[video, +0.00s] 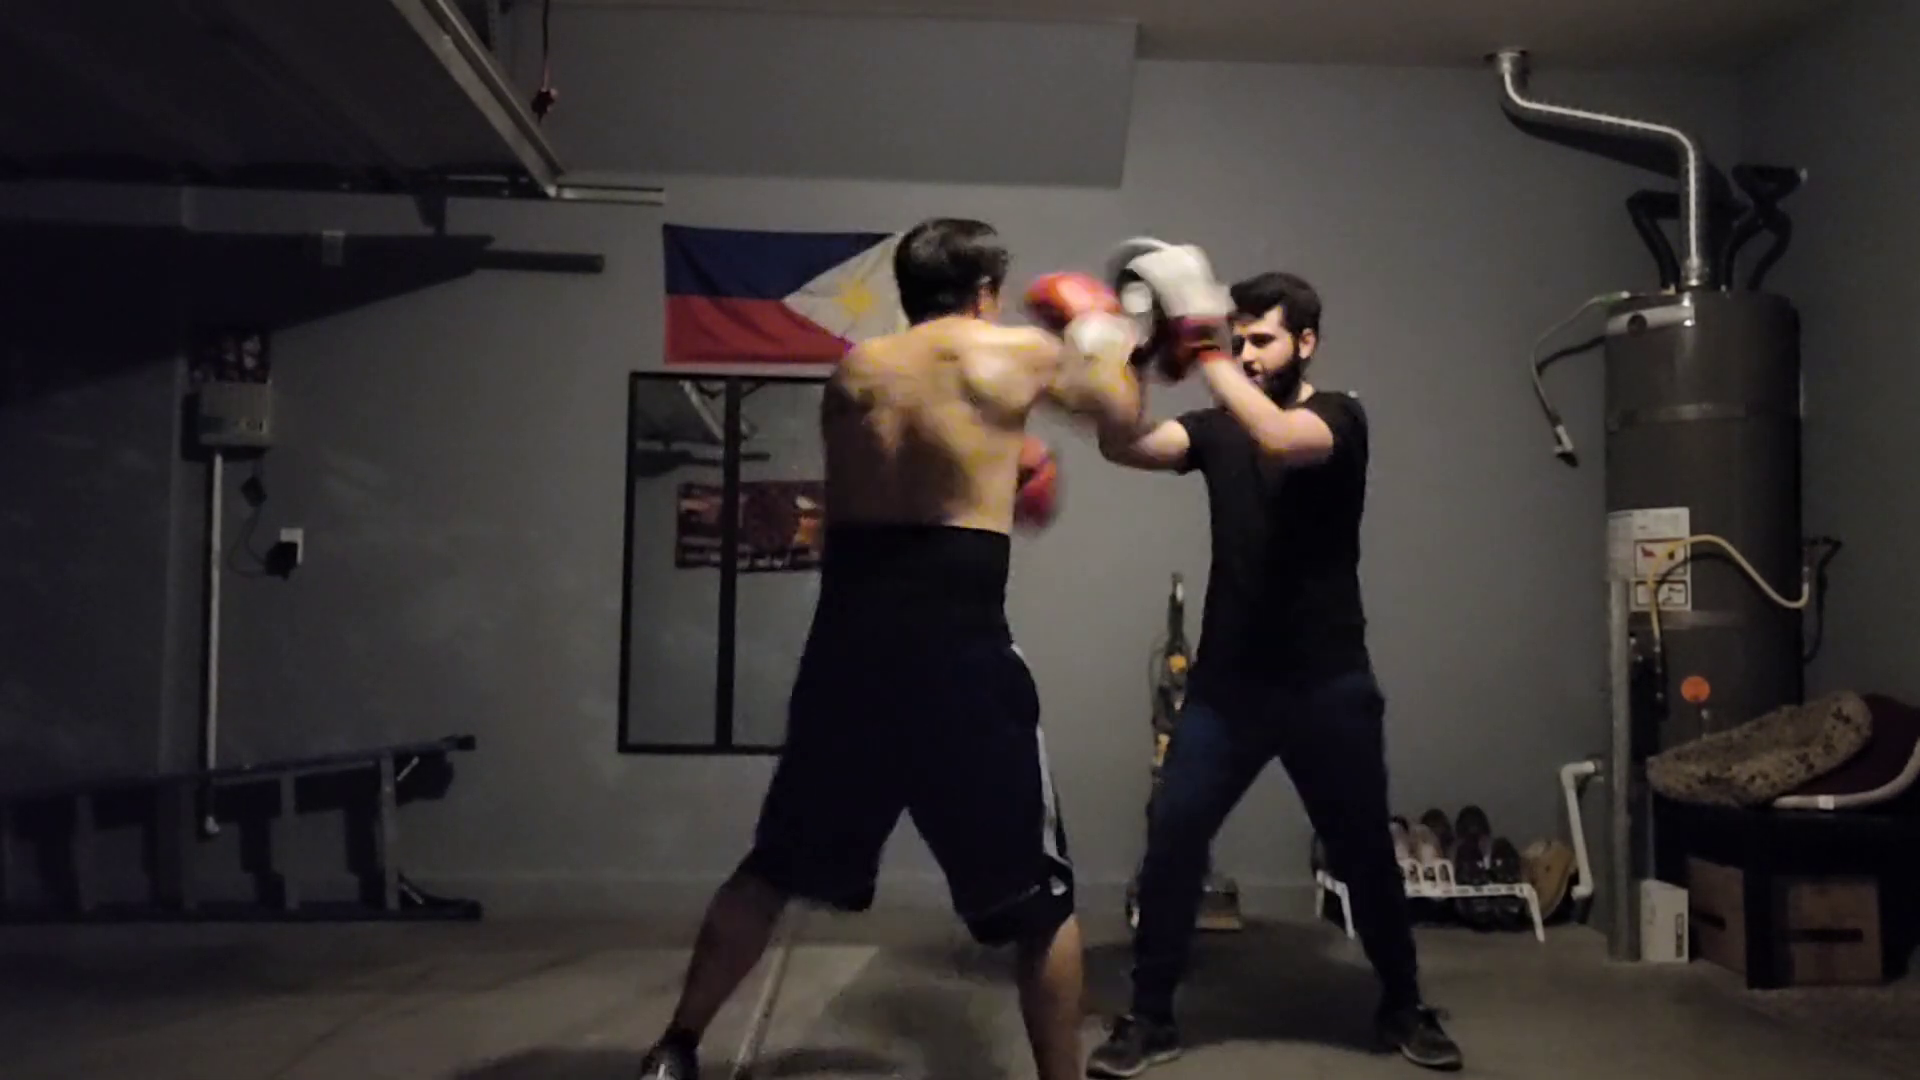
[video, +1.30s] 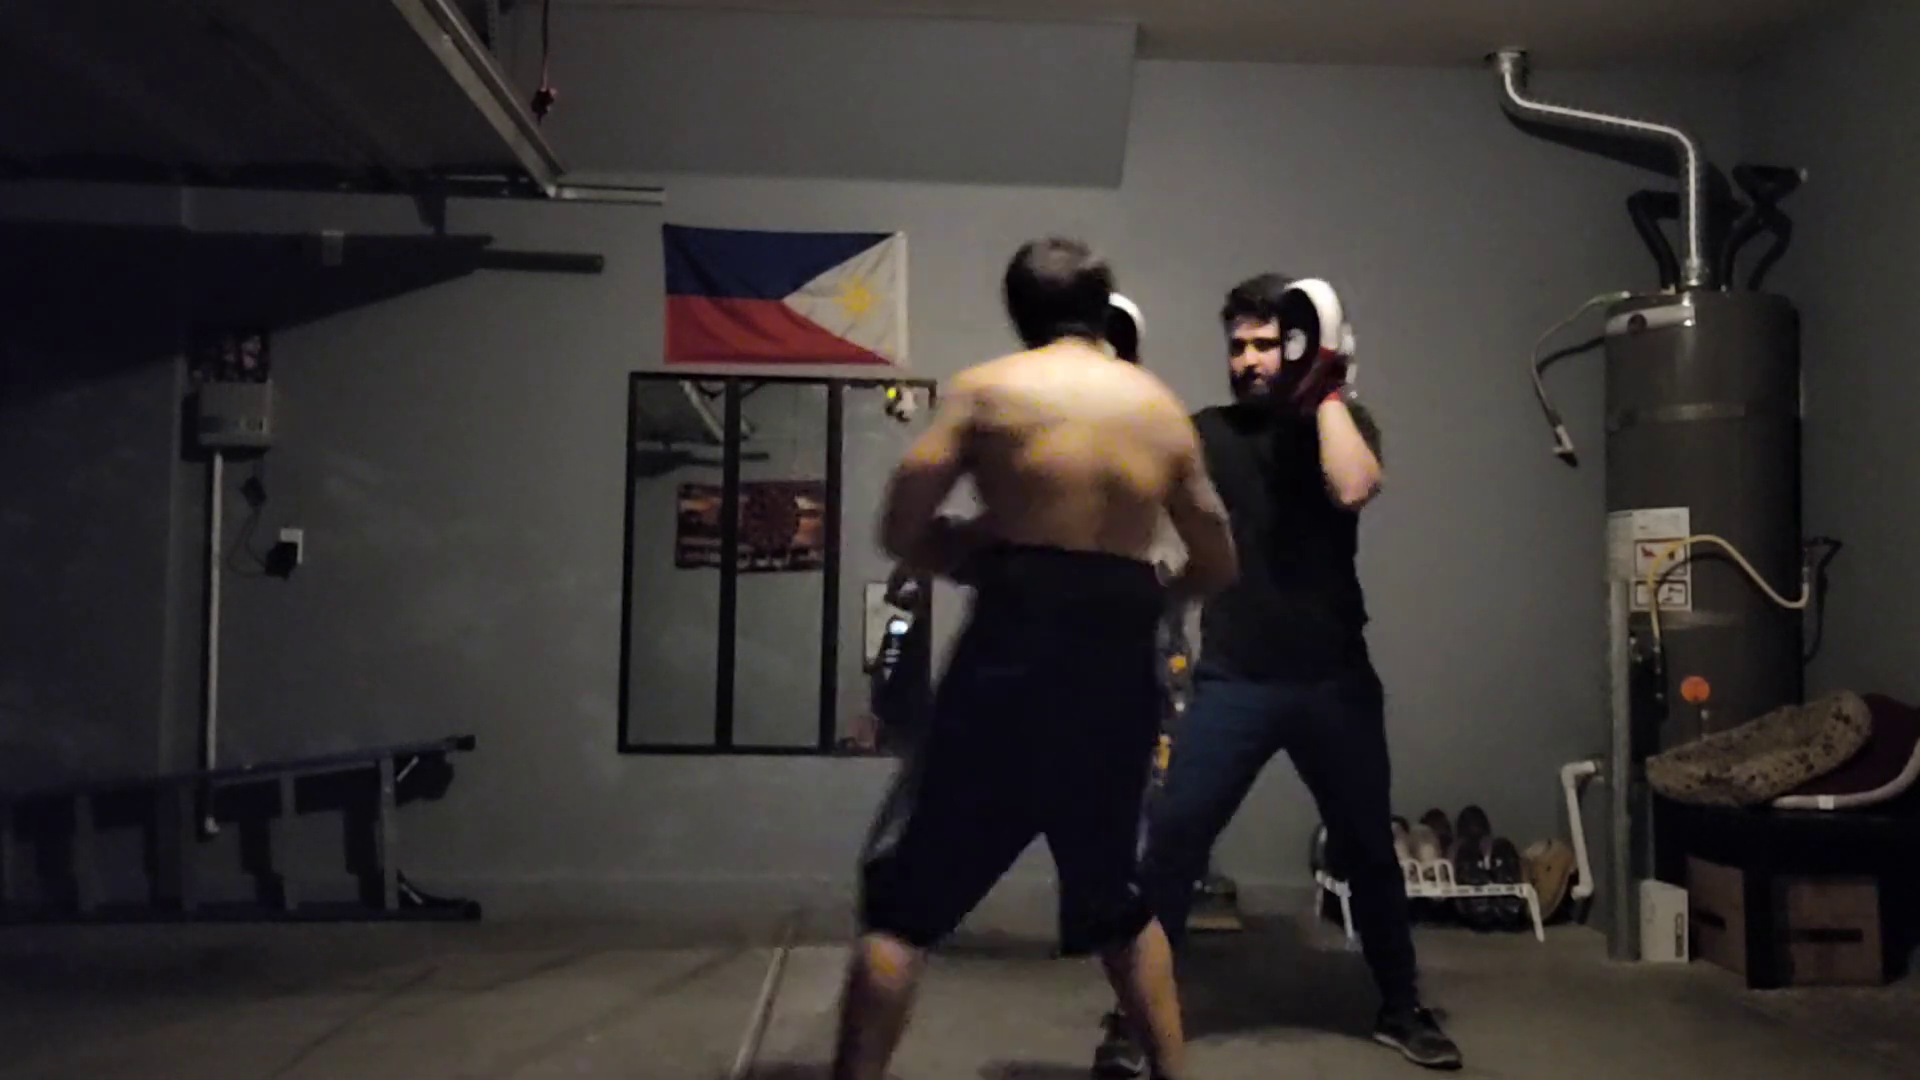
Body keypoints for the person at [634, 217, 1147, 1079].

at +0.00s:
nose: (1003, 300)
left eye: (998, 289)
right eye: (1001, 289)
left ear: (910, 290)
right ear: (985, 293)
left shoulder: (852, 370)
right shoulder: (1020, 352)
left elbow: (872, 496)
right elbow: (1124, 408)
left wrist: (1005, 482)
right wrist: (1102, 337)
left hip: (848, 651)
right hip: (958, 653)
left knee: (775, 861)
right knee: (1041, 890)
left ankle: (676, 1047)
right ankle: (1063, 1070)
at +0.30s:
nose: (1016, 311)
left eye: (1012, 299)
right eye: (1014, 299)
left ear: (922, 300)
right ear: (1000, 303)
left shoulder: (867, 377)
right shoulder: (1019, 375)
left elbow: (925, 479)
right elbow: (1102, 492)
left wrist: (1026, 453)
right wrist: (1118, 395)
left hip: (857, 644)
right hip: (967, 647)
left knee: (782, 875)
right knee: (1047, 885)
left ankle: (701, 1064)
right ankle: (1066, 1068)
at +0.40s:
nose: (1031, 306)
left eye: (1026, 294)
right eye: (1029, 295)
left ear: (939, 300)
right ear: (1016, 301)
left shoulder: (872, 381)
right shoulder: (1046, 365)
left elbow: (847, 519)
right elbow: (1147, 398)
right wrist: (1132, 336)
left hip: (867, 649)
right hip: (976, 653)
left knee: (790, 861)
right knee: (1052, 888)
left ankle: (694, 1043)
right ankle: (1070, 1071)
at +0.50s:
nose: (1038, 301)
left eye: (1034, 289)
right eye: (1035, 289)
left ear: (942, 291)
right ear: (1021, 293)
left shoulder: (881, 366)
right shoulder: (1053, 366)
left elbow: (892, 476)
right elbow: (1137, 462)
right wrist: (1132, 374)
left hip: (863, 627)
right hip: (972, 635)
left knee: (789, 853)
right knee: (1046, 883)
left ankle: (696, 1046)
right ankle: (1070, 1070)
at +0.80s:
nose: (1015, 293)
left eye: (1011, 282)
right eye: (1013, 281)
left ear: (916, 292)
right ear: (1000, 287)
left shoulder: (864, 366)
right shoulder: (1037, 349)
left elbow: (842, 505)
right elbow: (1141, 380)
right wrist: (1123, 334)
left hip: (872, 633)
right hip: (986, 635)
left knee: (790, 863)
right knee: (1049, 878)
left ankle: (728, 1058)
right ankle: (1075, 1069)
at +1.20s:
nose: (1081, 310)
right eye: (1076, 300)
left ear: (979, 308)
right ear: (1068, 307)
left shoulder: (930, 386)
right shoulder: (1109, 386)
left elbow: (867, 538)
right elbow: (1190, 495)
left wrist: (945, 536)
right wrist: (1114, 393)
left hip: (944, 656)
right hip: (1064, 655)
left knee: (875, 884)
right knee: (1085, 867)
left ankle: (846, 1067)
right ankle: (1165, 1056)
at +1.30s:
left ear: (1018, 315)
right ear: (1102, 310)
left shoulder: (983, 388)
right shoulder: (1157, 404)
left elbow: (902, 529)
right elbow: (1216, 560)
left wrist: (990, 556)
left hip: (1009, 660)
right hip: (1118, 666)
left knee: (909, 895)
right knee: (1119, 889)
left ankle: (859, 1068)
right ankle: (1172, 1066)